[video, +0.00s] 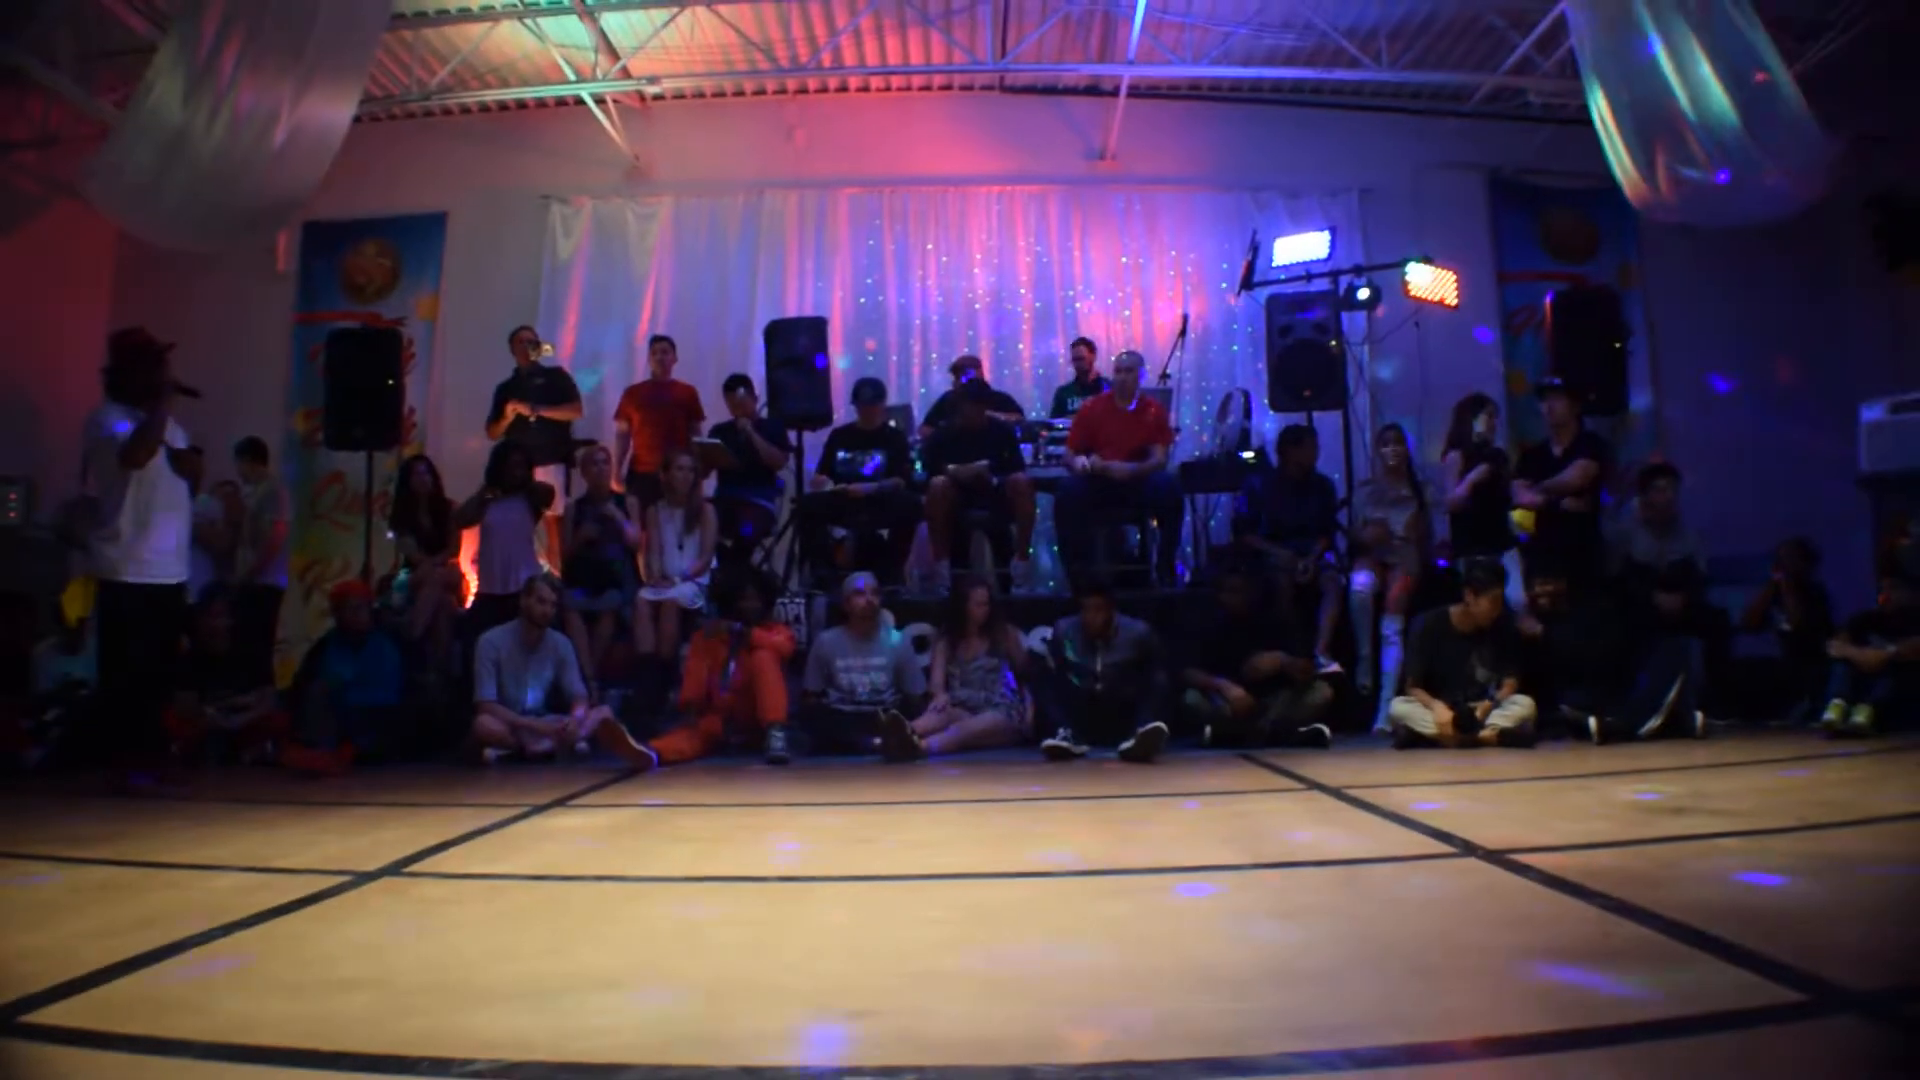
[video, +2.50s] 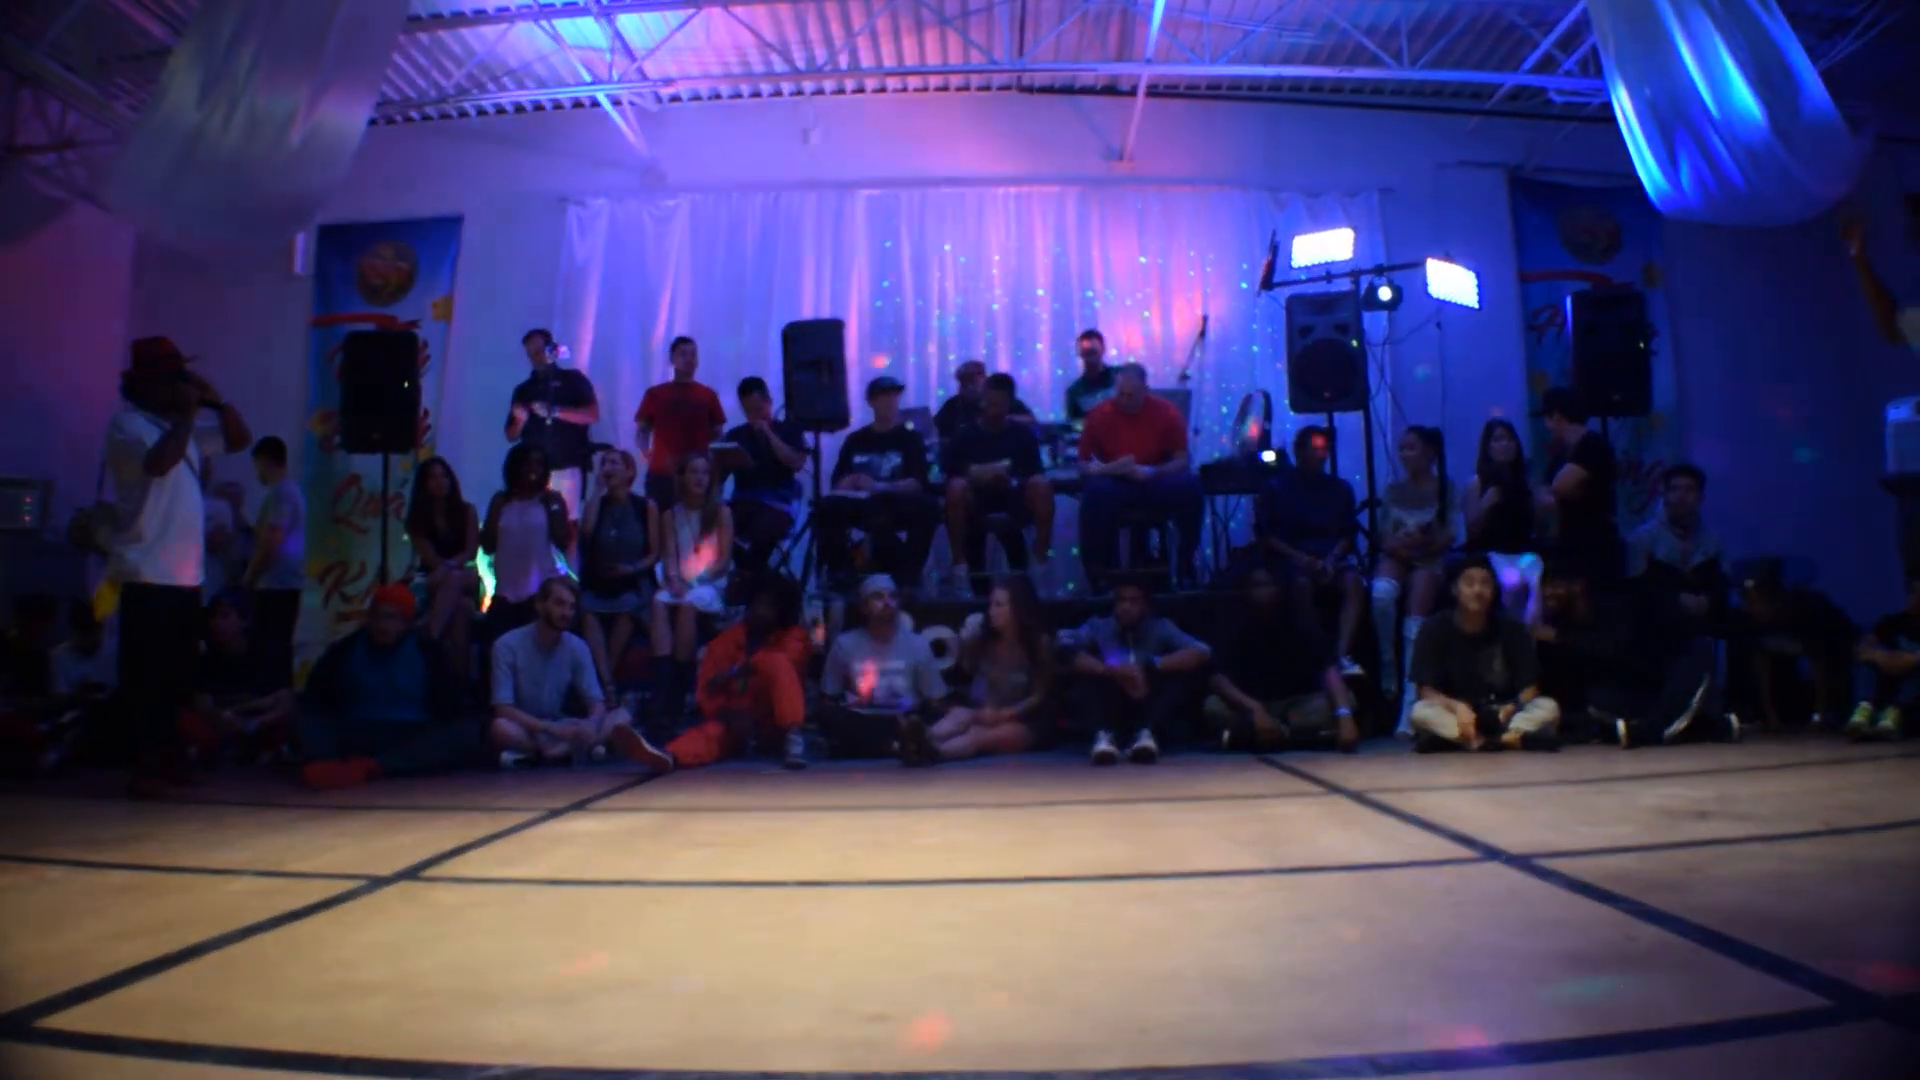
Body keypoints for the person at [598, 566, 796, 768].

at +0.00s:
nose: (749, 606)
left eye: (755, 600)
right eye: (743, 599)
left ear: (766, 603)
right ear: (729, 602)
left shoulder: (774, 630)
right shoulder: (708, 638)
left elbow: (784, 647)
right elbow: (692, 697)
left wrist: (741, 632)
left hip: (756, 713)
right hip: (719, 717)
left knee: (763, 657)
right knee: (696, 736)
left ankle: (776, 734)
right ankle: (651, 752)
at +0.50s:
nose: (777, 606)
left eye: (783, 599)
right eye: (771, 598)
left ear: (793, 603)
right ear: (757, 601)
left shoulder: (803, 631)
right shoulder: (736, 635)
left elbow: (805, 653)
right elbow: (722, 676)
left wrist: (767, 641)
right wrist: (716, 708)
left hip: (782, 713)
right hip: (745, 717)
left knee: (786, 658)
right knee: (718, 736)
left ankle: (803, 732)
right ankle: (679, 751)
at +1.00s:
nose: (773, 609)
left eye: (780, 603)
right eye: (768, 602)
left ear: (791, 606)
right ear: (755, 603)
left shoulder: (802, 633)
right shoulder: (734, 636)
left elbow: (801, 655)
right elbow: (720, 674)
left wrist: (765, 649)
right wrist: (715, 708)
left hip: (781, 715)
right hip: (742, 719)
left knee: (784, 657)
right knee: (716, 737)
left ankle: (801, 734)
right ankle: (677, 752)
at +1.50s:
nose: (775, 612)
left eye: (780, 606)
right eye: (768, 605)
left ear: (789, 608)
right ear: (753, 606)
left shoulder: (797, 635)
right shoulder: (728, 639)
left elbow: (790, 659)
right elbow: (712, 685)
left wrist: (752, 663)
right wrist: (711, 714)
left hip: (776, 714)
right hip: (738, 718)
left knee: (777, 659)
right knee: (715, 738)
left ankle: (796, 737)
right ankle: (673, 755)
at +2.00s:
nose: (762, 613)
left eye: (771, 607)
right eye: (758, 606)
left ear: (785, 612)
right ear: (750, 607)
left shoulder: (796, 637)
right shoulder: (726, 642)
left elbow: (786, 658)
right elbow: (707, 695)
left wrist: (744, 667)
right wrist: (720, 713)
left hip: (773, 720)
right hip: (737, 723)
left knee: (775, 660)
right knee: (706, 738)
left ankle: (795, 737)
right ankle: (670, 755)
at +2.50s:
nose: (760, 614)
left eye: (769, 607)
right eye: (757, 606)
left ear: (783, 612)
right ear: (749, 607)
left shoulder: (794, 637)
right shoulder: (726, 644)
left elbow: (785, 658)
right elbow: (707, 699)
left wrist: (743, 670)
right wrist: (732, 716)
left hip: (772, 720)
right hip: (737, 722)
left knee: (774, 661)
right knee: (710, 735)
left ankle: (794, 737)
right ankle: (669, 756)